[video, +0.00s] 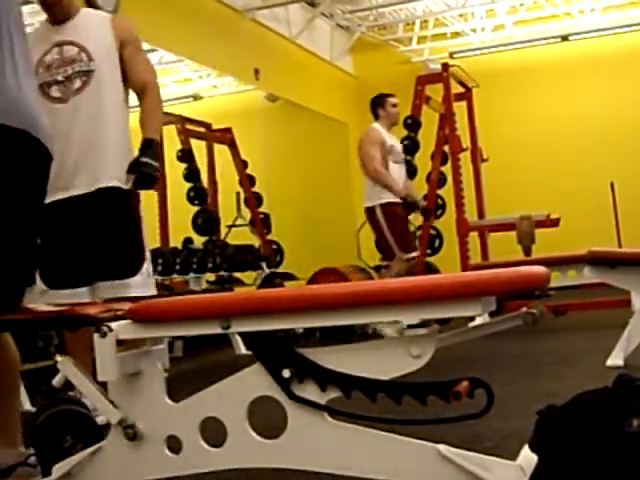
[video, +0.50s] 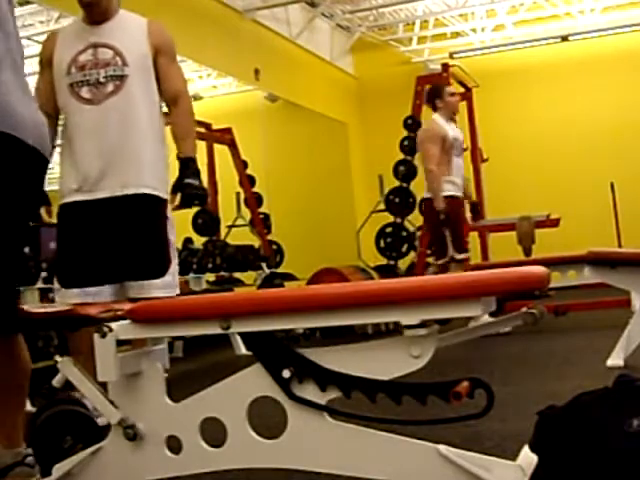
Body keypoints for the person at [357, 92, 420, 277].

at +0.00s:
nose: (398, 110)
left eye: (398, 106)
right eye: (393, 106)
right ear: (380, 110)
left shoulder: (391, 138)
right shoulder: (373, 134)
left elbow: (400, 173)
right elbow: (373, 169)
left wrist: (413, 195)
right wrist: (400, 191)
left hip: (395, 202)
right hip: (381, 202)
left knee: (407, 254)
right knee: (401, 256)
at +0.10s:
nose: (409, 109)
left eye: (408, 104)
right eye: (404, 104)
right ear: (392, 109)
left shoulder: (405, 135)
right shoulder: (384, 133)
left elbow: (410, 172)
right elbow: (384, 169)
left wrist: (425, 188)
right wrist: (415, 188)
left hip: (406, 200)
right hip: (392, 201)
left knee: (399, 258)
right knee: (420, 253)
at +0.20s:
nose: (419, 108)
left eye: (419, 103)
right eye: (414, 104)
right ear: (401, 109)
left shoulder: (414, 136)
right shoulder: (392, 132)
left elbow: (421, 172)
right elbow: (391, 171)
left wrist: (437, 191)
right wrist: (424, 191)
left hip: (414, 200)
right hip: (400, 201)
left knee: (402, 260)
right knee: (426, 256)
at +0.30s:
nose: (433, 107)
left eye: (432, 102)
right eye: (427, 103)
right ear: (415, 109)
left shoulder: (429, 136)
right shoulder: (407, 133)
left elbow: (435, 175)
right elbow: (401, 170)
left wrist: (456, 200)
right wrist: (425, 193)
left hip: (424, 204)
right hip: (412, 204)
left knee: (408, 263)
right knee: (441, 259)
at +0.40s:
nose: (448, 104)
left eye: (447, 99)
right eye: (442, 100)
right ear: (429, 106)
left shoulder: (444, 132)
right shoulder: (421, 130)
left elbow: (451, 169)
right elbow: (420, 169)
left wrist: (461, 197)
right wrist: (431, 201)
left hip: (445, 200)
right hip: (429, 201)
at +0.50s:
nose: (458, 99)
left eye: (457, 94)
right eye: (452, 95)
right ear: (439, 103)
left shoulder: (452, 127)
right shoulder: (433, 129)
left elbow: (457, 166)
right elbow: (431, 167)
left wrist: (466, 196)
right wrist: (438, 200)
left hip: (455, 197)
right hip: (441, 199)